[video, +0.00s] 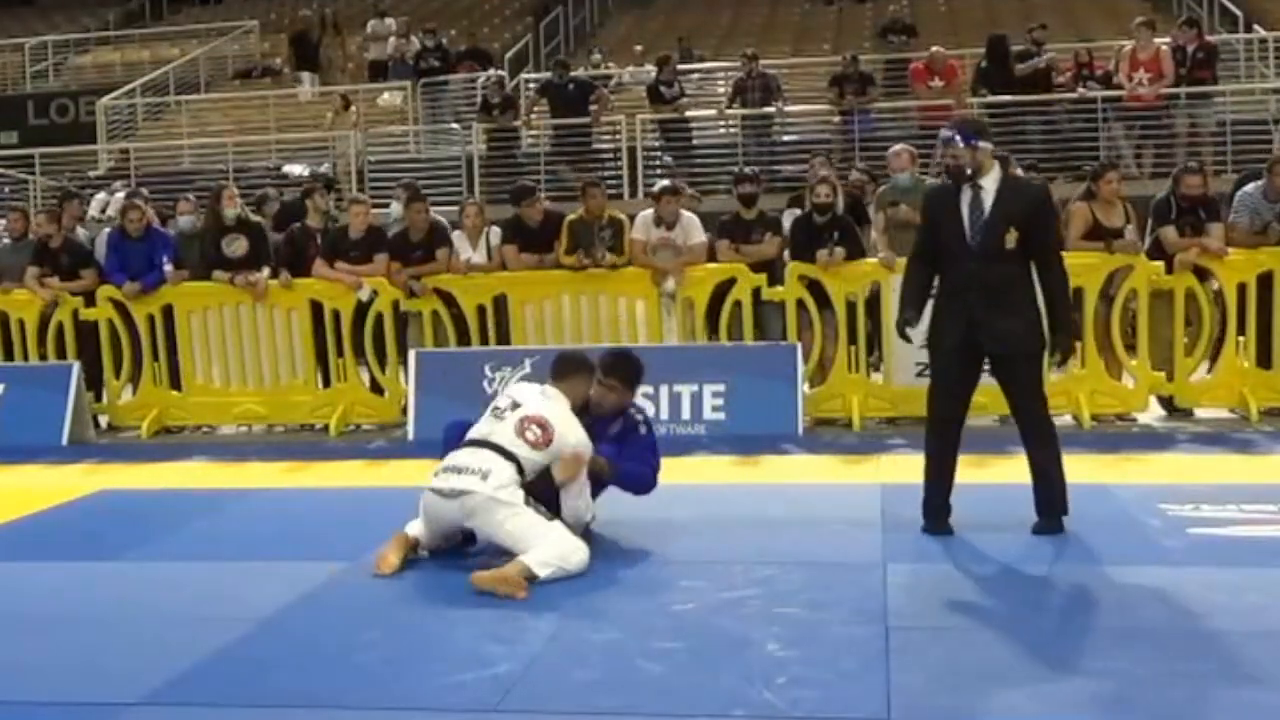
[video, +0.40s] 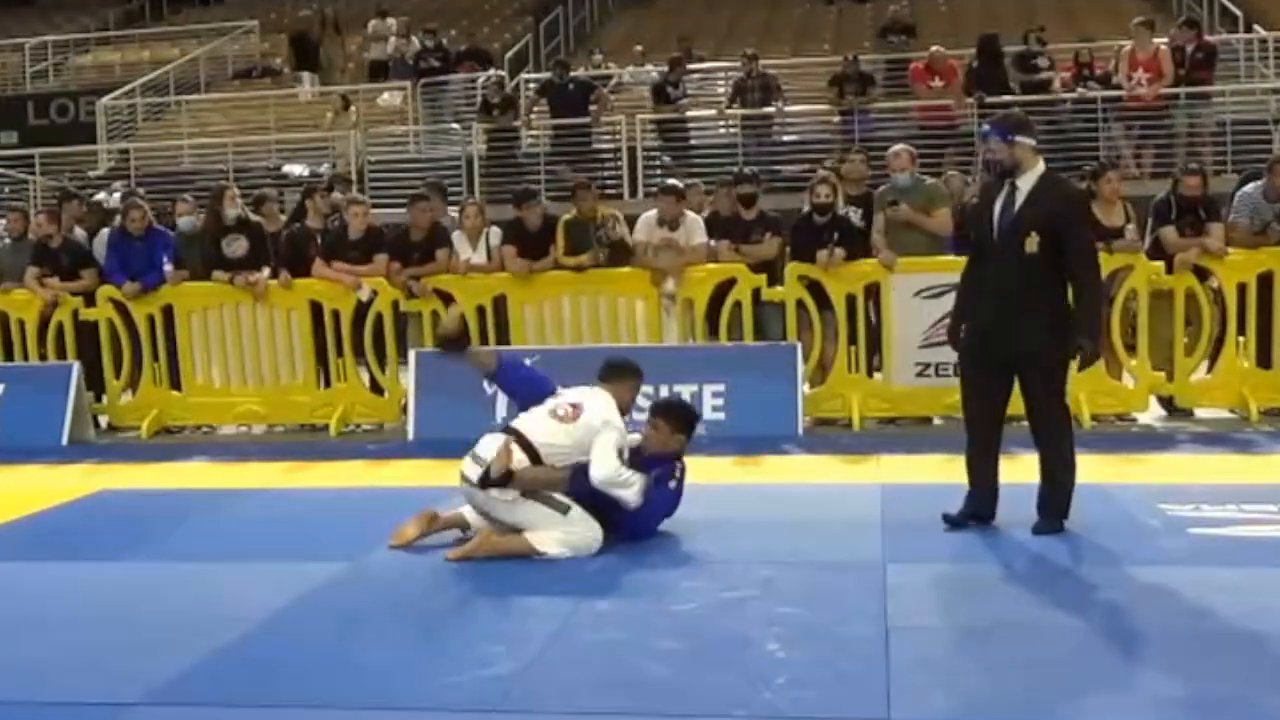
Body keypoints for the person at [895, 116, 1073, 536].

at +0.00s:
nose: (949, 160)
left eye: (956, 151)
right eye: (946, 152)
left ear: (983, 150)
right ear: (947, 155)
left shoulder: (1029, 196)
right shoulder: (938, 200)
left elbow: (1050, 265)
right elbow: (924, 259)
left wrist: (1062, 328)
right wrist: (910, 307)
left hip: (1013, 327)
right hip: (954, 329)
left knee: (1033, 421)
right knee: (942, 423)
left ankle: (1051, 512)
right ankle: (935, 512)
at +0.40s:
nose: (990, 156)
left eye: (996, 148)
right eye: (989, 149)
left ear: (1022, 146)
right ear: (1007, 147)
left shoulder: (1064, 196)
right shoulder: (991, 194)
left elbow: (1085, 271)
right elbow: (978, 263)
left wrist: (1087, 333)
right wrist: (960, 314)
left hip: (1040, 332)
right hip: (987, 331)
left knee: (1050, 427)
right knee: (981, 425)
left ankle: (1053, 513)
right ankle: (979, 505)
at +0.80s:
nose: (988, 156)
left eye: (993, 148)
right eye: (987, 149)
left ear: (1014, 146)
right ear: (1011, 148)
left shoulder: (1051, 197)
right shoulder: (1007, 195)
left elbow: (1047, 276)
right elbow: (995, 271)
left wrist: (1029, 334)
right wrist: (981, 319)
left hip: (1033, 329)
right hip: (995, 327)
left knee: (1045, 421)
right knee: (1001, 416)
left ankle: (1053, 510)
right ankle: (1010, 492)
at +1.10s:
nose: (973, 160)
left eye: (975, 152)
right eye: (972, 153)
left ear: (994, 149)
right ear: (995, 149)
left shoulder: (1022, 196)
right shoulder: (997, 195)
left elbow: (1016, 275)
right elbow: (990, 270)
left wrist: (996, 330)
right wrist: (976, 326)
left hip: (1011, 326)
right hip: (987, 325)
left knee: (1022, 412)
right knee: (997, 412)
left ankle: (1046, 504)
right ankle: (1012, 490)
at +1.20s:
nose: (966, 162)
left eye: (969, 154)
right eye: (966, 155)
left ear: (987, 151)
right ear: (996, 151)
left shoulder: (1009, 195)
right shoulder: (1007, 192)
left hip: (1000, 324)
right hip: (989, 322)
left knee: (1008, 412)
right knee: (996, 410)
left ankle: (1036, 504)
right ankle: (1011, 489)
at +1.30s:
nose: (961, 163)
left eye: (963, 154)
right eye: (960, 155)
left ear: (981, 151)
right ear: (992, 151)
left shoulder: (1003, 195)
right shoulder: (1006, 191)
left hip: (993, 327)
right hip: (993, 325)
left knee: (991, 405)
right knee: (995, 402)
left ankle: (1017, 495)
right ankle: (1010, 489)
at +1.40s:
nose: (956, 163)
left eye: (959, 154)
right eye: (956, 155)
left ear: (975, 150)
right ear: (993, 150)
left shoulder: (993, 193)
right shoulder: (1015, 192)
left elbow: (941, 222)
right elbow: (996, 268)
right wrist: (961, 313)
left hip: (979, 323)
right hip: (1006, 322)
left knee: (959, 401)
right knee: (1006, 401)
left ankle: (985, 496)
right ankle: (1016, 495)